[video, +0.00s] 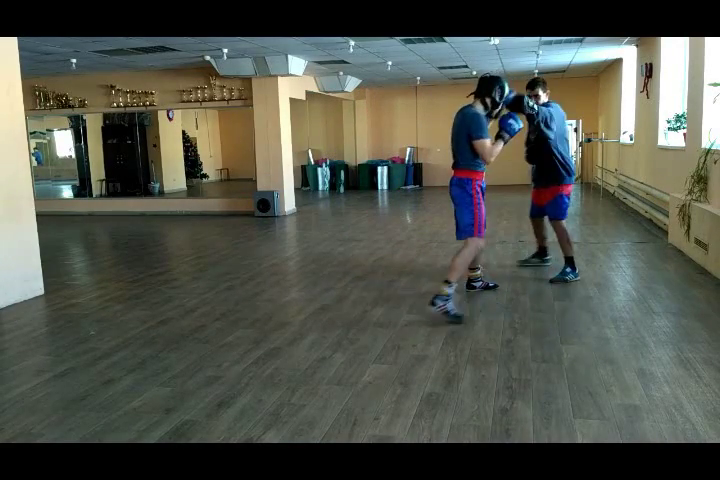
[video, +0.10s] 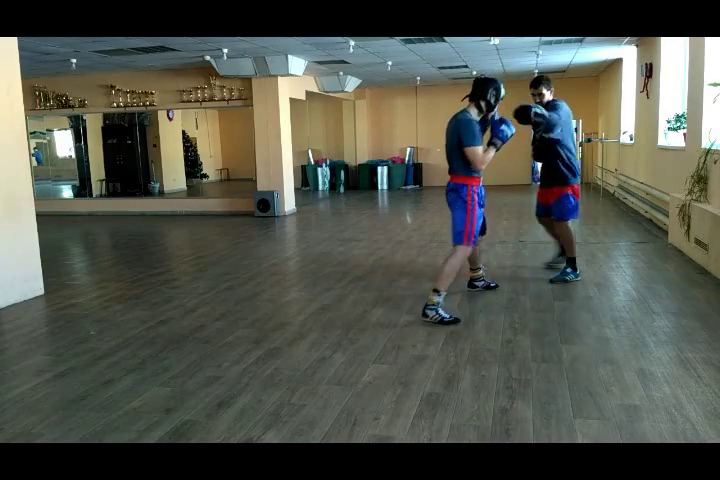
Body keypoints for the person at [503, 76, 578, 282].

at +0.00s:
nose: (533, 100)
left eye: (537, 96)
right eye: (530, 96)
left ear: (546, 94)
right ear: (528, 95)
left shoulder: (554, 110)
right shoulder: (535, 114)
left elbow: (538, 113)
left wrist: (514, 98)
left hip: (559, 174)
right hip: (541, 174)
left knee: (556, 220)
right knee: (536, 216)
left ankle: (570, 266)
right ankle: (542, 253)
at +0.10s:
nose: (537, 98)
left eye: (541, 94)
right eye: (534, 95)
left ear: (551, 92)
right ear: (531, 95)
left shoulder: (559, 107)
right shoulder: (542, 113)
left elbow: (553, 121)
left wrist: (533, 113)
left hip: (564, 174)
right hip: (548, 175)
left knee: (561, 221)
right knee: (544, 217)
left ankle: (572, 267)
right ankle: (564, 251)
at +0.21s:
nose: (538, 97)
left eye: (542, 93)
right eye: (535, 93)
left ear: (552, 90)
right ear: (534, 93)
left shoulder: (562, 107)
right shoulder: (544, 115)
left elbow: (563, 133)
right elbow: (539, 151)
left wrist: (540, 118)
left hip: (566, 175)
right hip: (552, 174)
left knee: (564, 221)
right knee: (550, 217)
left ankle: (572, 267)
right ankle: (580, 249)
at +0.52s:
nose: (550, 100)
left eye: (553, 95)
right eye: (546, 96)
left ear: (564, 93)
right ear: (544, 96)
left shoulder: (574, 111)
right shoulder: (549, 118)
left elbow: (584, 141)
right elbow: (544, 156)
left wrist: (559, 126)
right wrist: (543, 135)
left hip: (570, 177)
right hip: (559, 176)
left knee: (559, 221)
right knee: (572, 220)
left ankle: (563, 274)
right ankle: (592, 258)